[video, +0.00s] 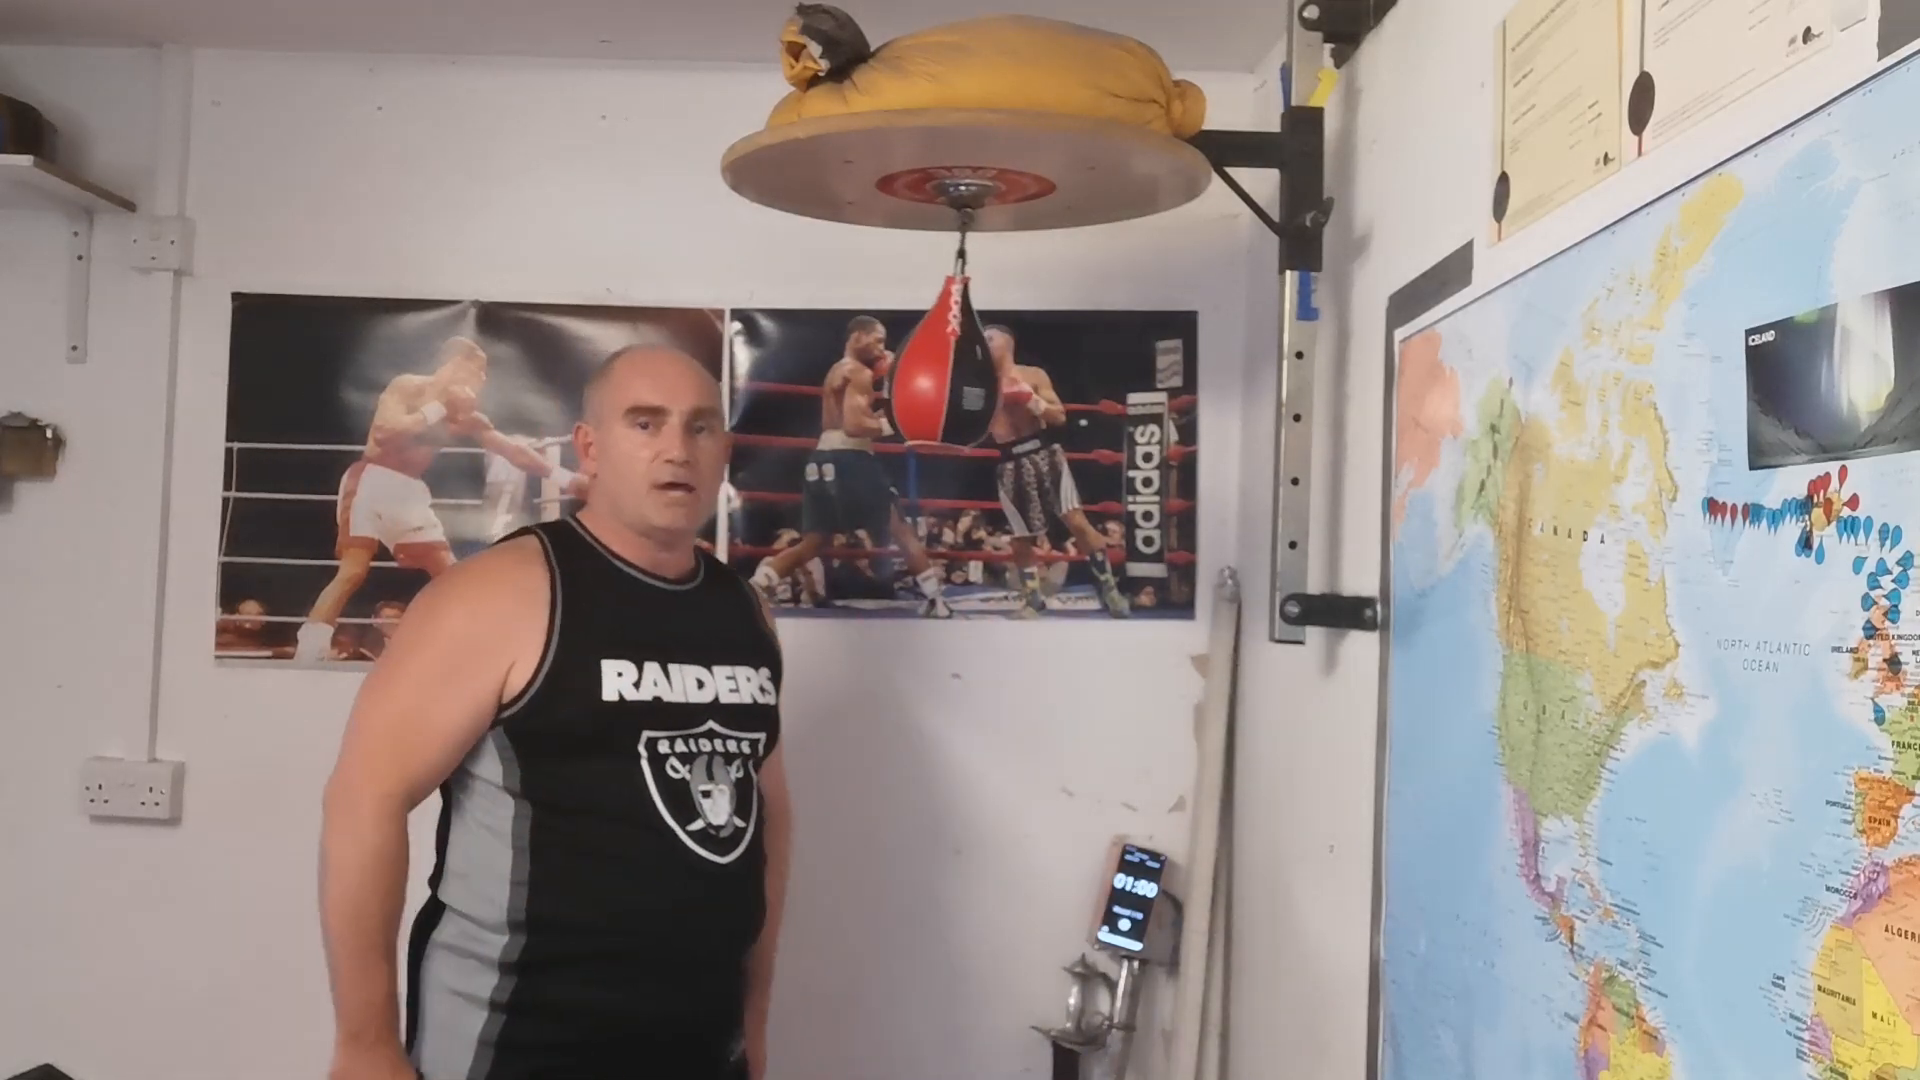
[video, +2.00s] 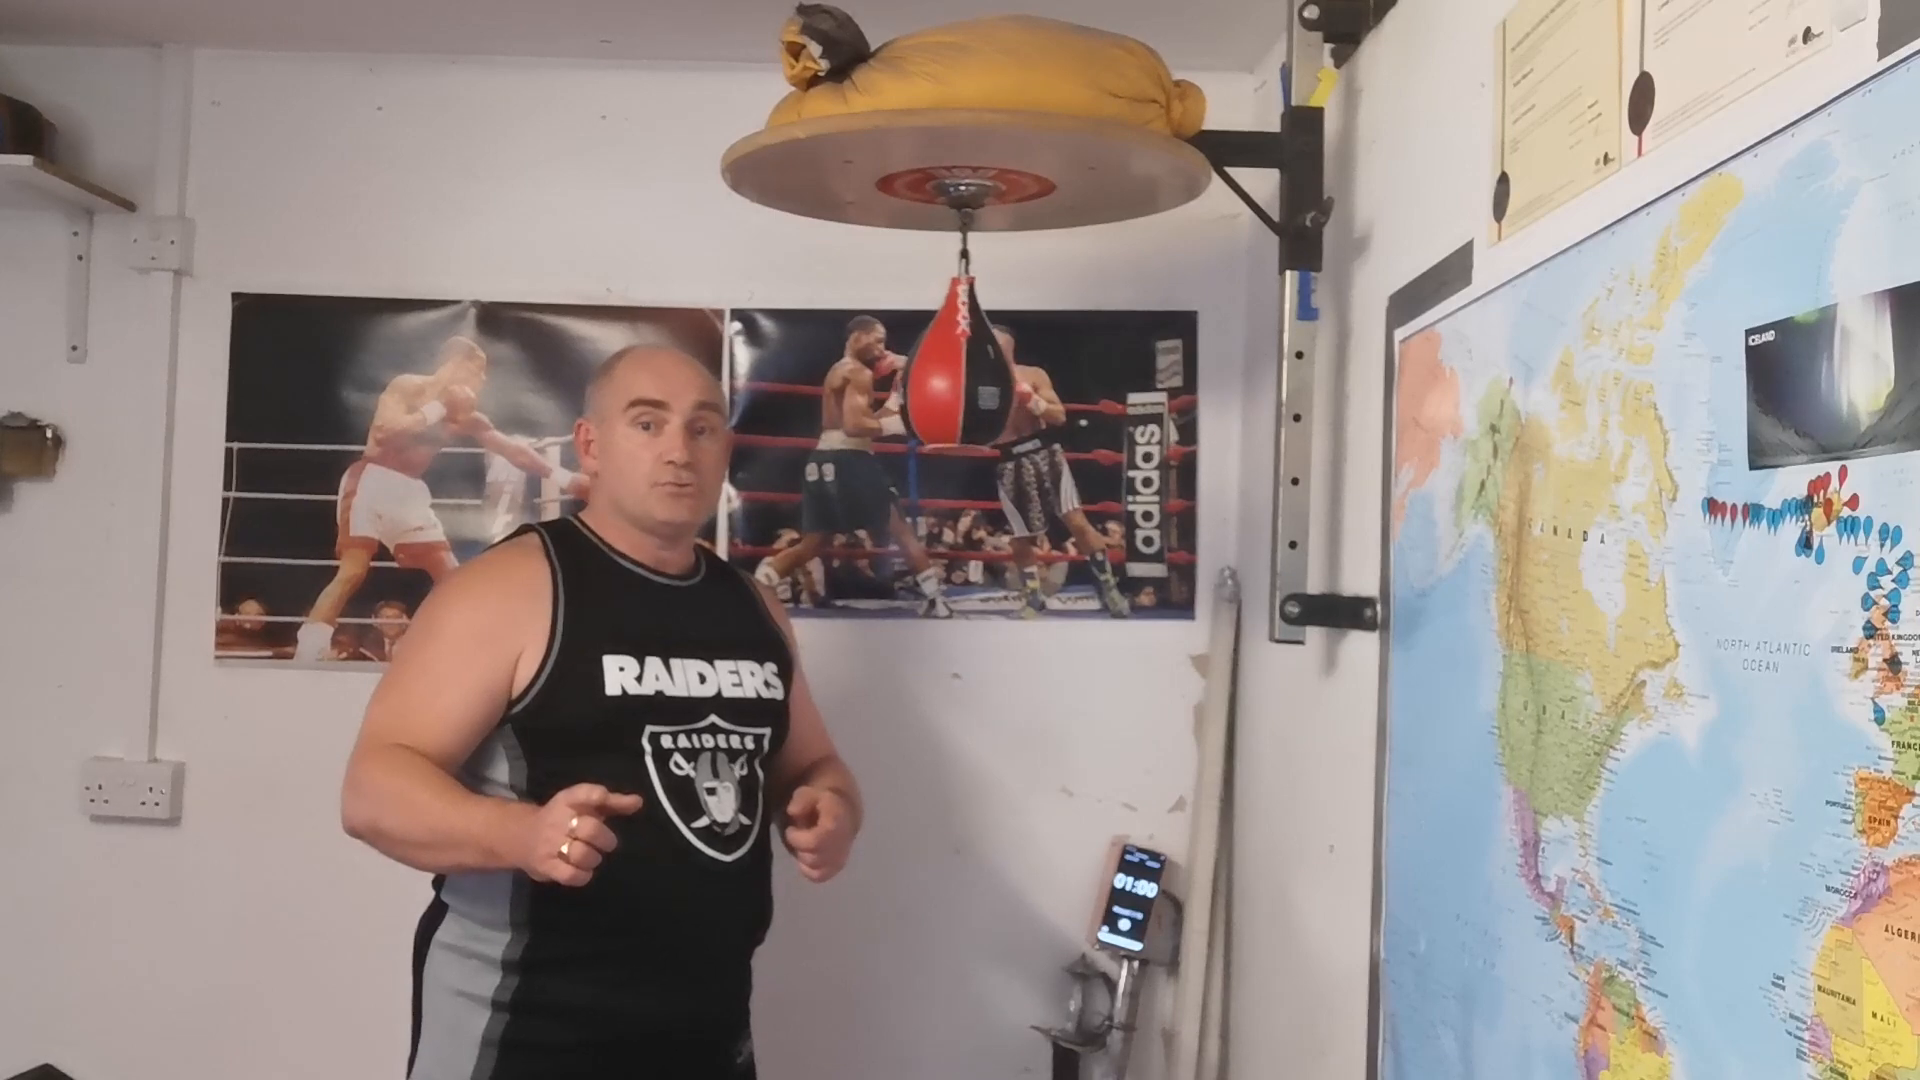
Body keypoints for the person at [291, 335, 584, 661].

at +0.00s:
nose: (476, 386)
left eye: (480, 379)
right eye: (473, 375)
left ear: (476, 382)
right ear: (451, 366)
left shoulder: (464, 415)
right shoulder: (405, 386)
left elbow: (511, 450)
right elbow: (384, 431)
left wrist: (564, 478)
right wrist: (434, 411)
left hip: (409, 493)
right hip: (369, 484)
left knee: (448, 573)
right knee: (353, 571)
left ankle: (464, 652)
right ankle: (307, 652)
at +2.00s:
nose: (474, 385)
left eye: (478, 378)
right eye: (470, 374)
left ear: (478, 382)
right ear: (450, 366)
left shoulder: (464, 416)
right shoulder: (405, 386)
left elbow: (511, 449)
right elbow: (384, 432)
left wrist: (563, 478)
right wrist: (436, 409)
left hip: (409, 492)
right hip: (368, 483)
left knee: (448, 573)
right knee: (353, 570)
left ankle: (460, 653)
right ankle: (306, 650)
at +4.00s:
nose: (475, 383)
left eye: (479, 377)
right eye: (470, 373)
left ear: (479, 382)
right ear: (449, 366)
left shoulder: (465, 416)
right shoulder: (405, 386)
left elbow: (512, 450)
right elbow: (382, 433)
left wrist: (565, 478)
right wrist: (434, 410)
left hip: (408, 493)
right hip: (367, 483)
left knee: (449, 574)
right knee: (353, 571)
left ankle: (458, 655)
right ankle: (306, 650)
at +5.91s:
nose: (477, 383)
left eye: (481, 376)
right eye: (473, 372)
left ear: (476, 379)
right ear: (452, 364)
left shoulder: (463, 409)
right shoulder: (406, 386)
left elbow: (503, 446)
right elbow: (384, 430)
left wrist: (551, 471)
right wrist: (431, 413)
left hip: (411, 493)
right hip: (372, 483)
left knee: (448, 574)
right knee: (351, 572)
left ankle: (459, 653)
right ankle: (307, 647)